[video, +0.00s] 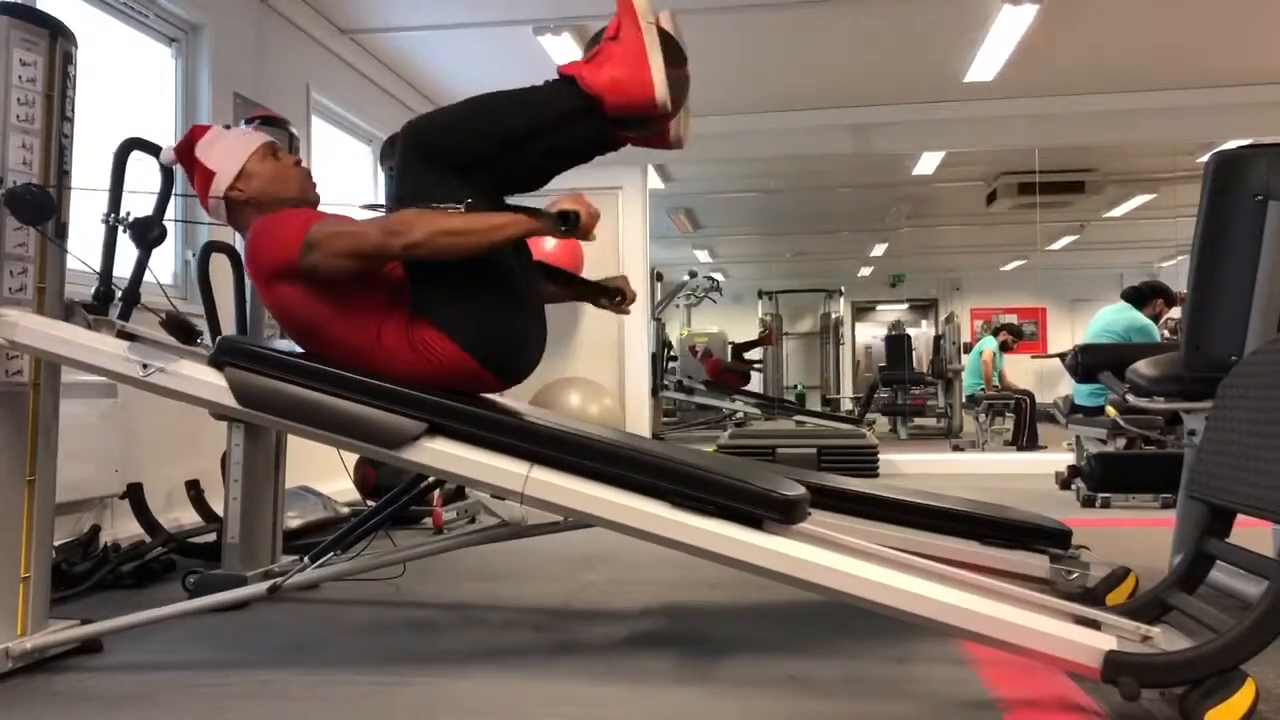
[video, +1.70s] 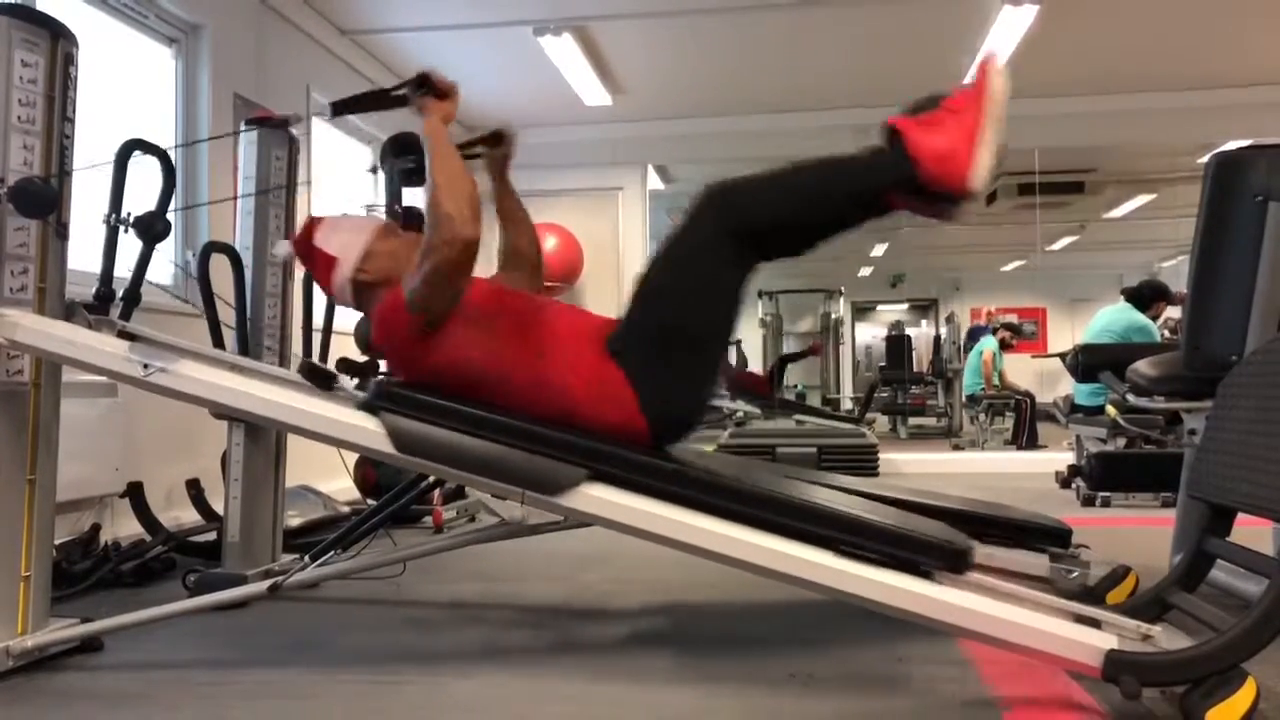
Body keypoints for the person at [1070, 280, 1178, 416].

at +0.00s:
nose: (1163, 317)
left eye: (1166, 313)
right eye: (1165, 311)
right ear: (1158, 304)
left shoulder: (1107, 311)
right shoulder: (1143, 325)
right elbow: (1158, 369)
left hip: (1081, 397)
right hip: (1102, 401)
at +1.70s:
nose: (1162, 313)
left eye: (1164, 308)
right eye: (1164, 308)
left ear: (1137, 295)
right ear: (1160, 307)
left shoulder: (1106, 312)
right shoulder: (1143, 325)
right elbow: (1157, 368)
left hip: (1081, 396)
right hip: (1102, 401)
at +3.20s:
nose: (1166, 313)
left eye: (1169, 308)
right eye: (1167, 307)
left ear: (1140, 297)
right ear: (1159, 304)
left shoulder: (1107, 312)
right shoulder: (1143, 325)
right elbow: (1157, 368)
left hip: (1082, 396)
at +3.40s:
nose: (1166, 311)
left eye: (1169, 306)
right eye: (1167, 305)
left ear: (1139, 296)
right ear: (1158, 303)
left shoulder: (1107, 312)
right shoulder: (1143, 325)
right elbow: (1157, 368)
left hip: (1082, 396)